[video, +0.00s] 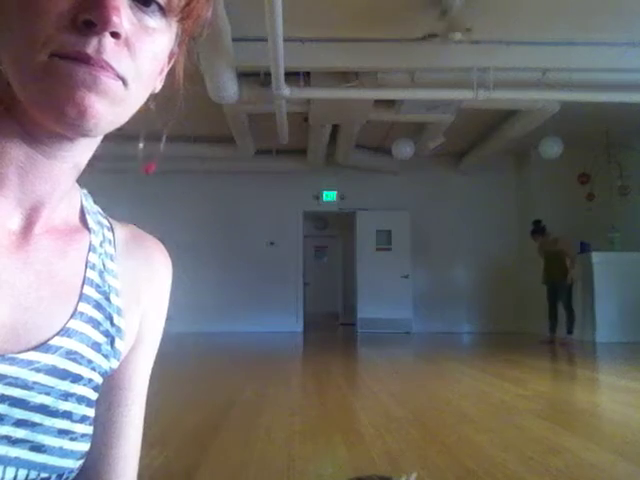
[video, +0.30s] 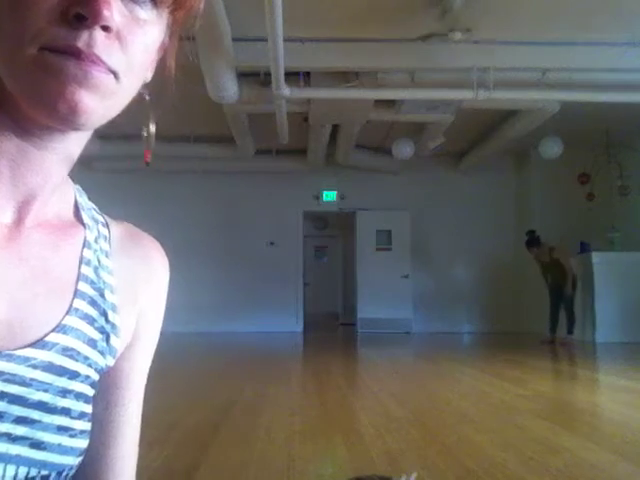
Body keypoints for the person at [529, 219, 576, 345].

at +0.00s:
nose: (536, 242)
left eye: (537, 238)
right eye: (535, 239)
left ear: (542, 235)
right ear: (537, 236)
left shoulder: (559, 243)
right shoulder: (542, 246)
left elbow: (572, 257)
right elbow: (547, 261)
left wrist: (571, 274)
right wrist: (545, 277)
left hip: (564, 279)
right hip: (551, 280)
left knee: (567, 306)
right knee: (552, 307)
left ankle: (569, 335)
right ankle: (552, 335)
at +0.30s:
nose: (532, 254)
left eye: (532, 251)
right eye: (530, 251)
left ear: (537, 247)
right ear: (532, 250)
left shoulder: (555, 252)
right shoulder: (538, 257)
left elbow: (569, 269)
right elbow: (543, 271)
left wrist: (569, 286)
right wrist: (547, 284)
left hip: (567, 278)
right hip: (554, 279)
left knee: (568, 307)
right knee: (554, 307)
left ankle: (569, 335)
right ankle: (552, 335)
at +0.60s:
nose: (531, 278)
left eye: (531, 275)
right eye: (529, 276)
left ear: (535, 270)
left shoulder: (550, 270)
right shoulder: (534, 275)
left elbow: (563, 289)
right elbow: (538, 292)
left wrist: (567, 310)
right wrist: (541, 309)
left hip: (568, 283)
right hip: (554, 285)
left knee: (565, 308)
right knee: (552, 310)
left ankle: (568, 336)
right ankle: (551, 336)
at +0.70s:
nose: (530, 285)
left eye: (530, 283)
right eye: (528, 284)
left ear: (533, 278)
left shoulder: (551, 277)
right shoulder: (535, 281)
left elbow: (563, 297)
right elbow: (538, 296)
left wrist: (569, 315)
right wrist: (540, 312)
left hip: (569, 284)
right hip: (555, 287)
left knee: (565, 307)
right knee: (552, 310)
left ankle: (568, 335)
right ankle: (551, 336)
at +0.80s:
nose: (531, 291)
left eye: (530, 289)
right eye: (529, 290)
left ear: (533, 285)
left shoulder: (551, 281)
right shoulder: (534, 284)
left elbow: (564, 302)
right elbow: (538, 303)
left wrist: (570, 319)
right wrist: (542, 321)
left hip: (569, 284)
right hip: (555, 286)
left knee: (565, 307)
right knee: (552, 309)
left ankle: (568, 335)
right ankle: (551, 335)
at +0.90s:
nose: (531, 296)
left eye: (531, 294)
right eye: (529, 295)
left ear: (534, 290)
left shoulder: (552, 287)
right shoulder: (534, 288)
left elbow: (565, 304)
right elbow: (538, 308)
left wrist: (570, 323)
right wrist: (543, 326)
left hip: (570, 283)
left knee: (565, 307)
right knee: (552, 309)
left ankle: (568, 334)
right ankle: (550, 334)